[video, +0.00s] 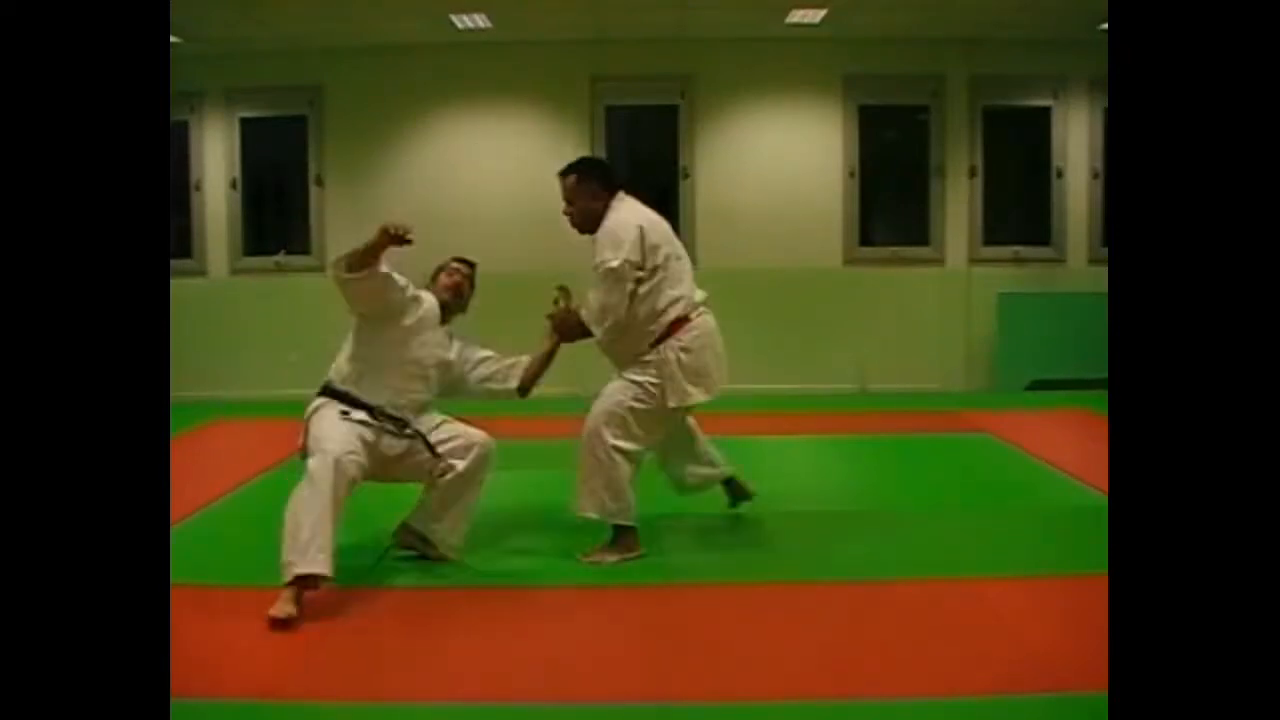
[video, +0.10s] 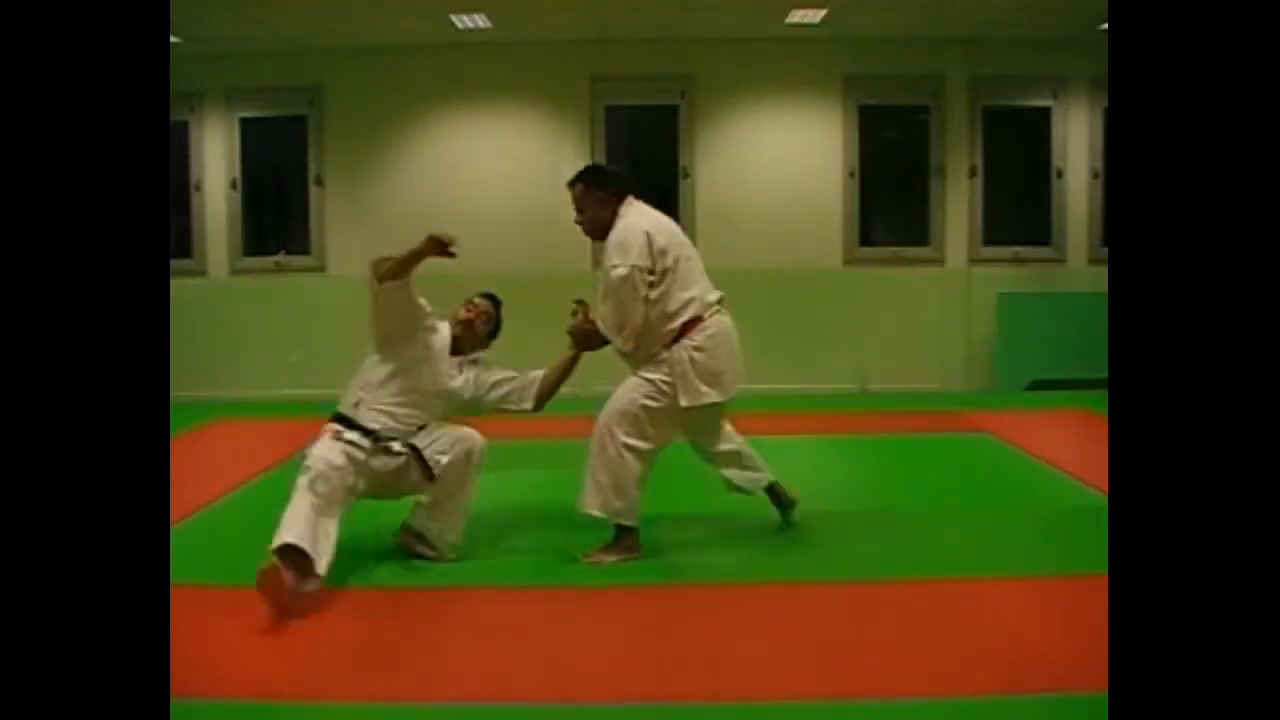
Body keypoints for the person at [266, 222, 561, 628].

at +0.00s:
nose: (457, 281)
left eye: (465, 279)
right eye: (450, 273)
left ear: (469, 300)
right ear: (432, 282)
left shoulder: (454, 352)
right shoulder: (401, 299)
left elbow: (520, 379)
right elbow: (352, 274)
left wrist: (555, 338)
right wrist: (377, 246)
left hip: (403, 431)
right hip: (346, 413)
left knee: (475, 446)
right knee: (332, 460)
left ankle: (419, 533)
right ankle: (296, 584)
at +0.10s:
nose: (471, 313)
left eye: (482, 315)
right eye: (469, 306)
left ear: (487, 338)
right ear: (455, 312)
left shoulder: (473, 378)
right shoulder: (414, 326)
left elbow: (535, 393)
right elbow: (383, 275)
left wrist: (576, 348)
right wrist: (419, 254)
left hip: (400, 456)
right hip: (348, 445)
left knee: (466, 443)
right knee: (322, 467)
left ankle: (422, 537)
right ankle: (294, 570)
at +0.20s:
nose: (480, 348)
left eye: (490, 350)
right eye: (479, 341)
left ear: (499, 366)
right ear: (468, 342)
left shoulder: (496, 401)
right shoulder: (434, 365)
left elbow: (553, 398)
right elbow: (399, 327)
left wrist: (586, 359)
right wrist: (459, 319)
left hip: (428, 464)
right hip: (381, 458)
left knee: (455, 432)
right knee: (327, 512)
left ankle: (415, 535)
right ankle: (268, 575)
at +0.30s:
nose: (479, 374)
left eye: (491, 373)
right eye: (480, 368)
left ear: (509, 389)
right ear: (473, 372)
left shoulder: (513, 419)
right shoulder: (446, 399)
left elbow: (560, 407)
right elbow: (397, 379)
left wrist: (587, 362)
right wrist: (431, 358)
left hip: (447, 500)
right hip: (401, 485)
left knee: (442, 425)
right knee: (348, 510)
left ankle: (406, 523)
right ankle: (281, 563)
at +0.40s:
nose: (516, 415)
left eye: (528, 415)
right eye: (517, 410)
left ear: (546, 431)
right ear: (510, 415)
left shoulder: (539, 463)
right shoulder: (479, 441)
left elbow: (576, 430)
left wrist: (596, 382)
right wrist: (399, 439)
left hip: (447, 502)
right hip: (400, 496)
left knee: (454, 406)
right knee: (342, 443)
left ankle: (392, 475)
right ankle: (307, 522)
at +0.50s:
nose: (547, 427)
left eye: (558, 431)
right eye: (551, 423)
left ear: (563, 449)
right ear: (538, 424)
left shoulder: (552, 479)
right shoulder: (501, 445)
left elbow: (590, 442)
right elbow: (453, 446)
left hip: (451, 500)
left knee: (468, 394)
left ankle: (389, 425)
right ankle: (303, 473)